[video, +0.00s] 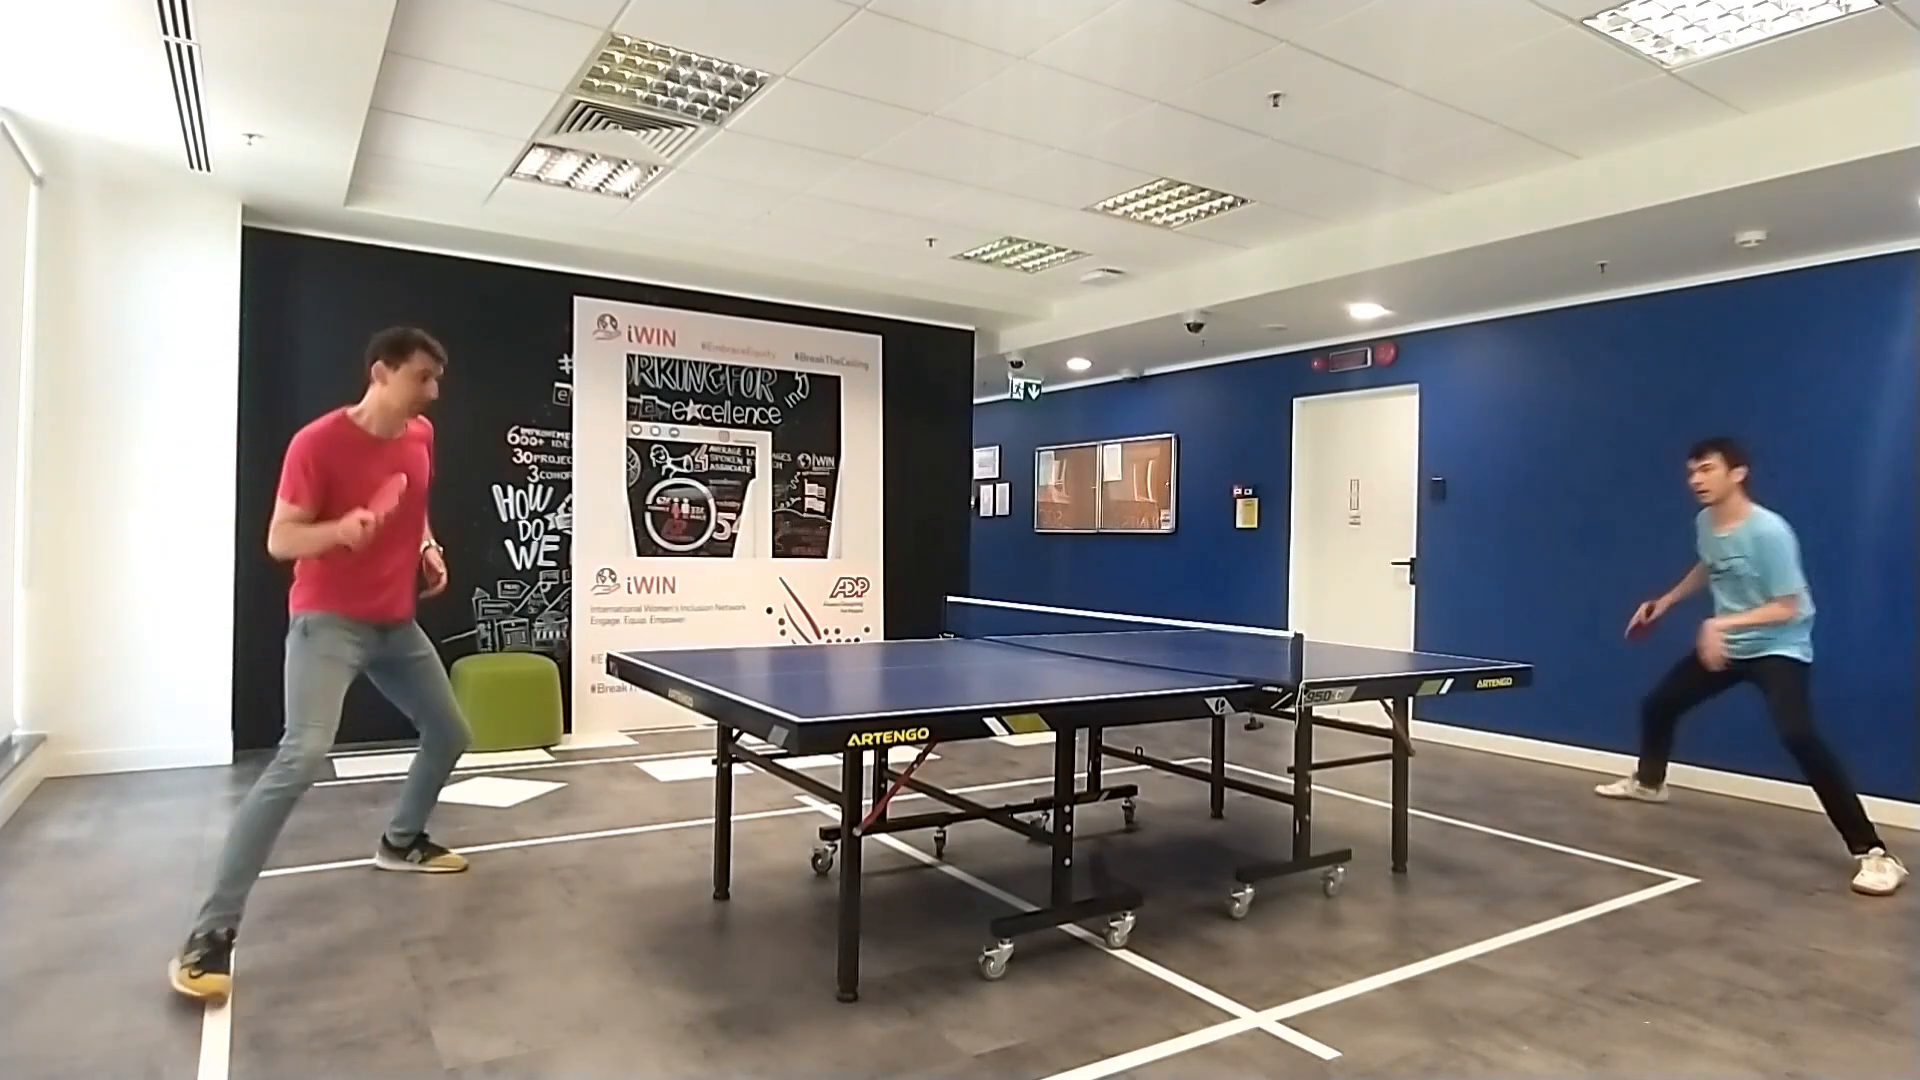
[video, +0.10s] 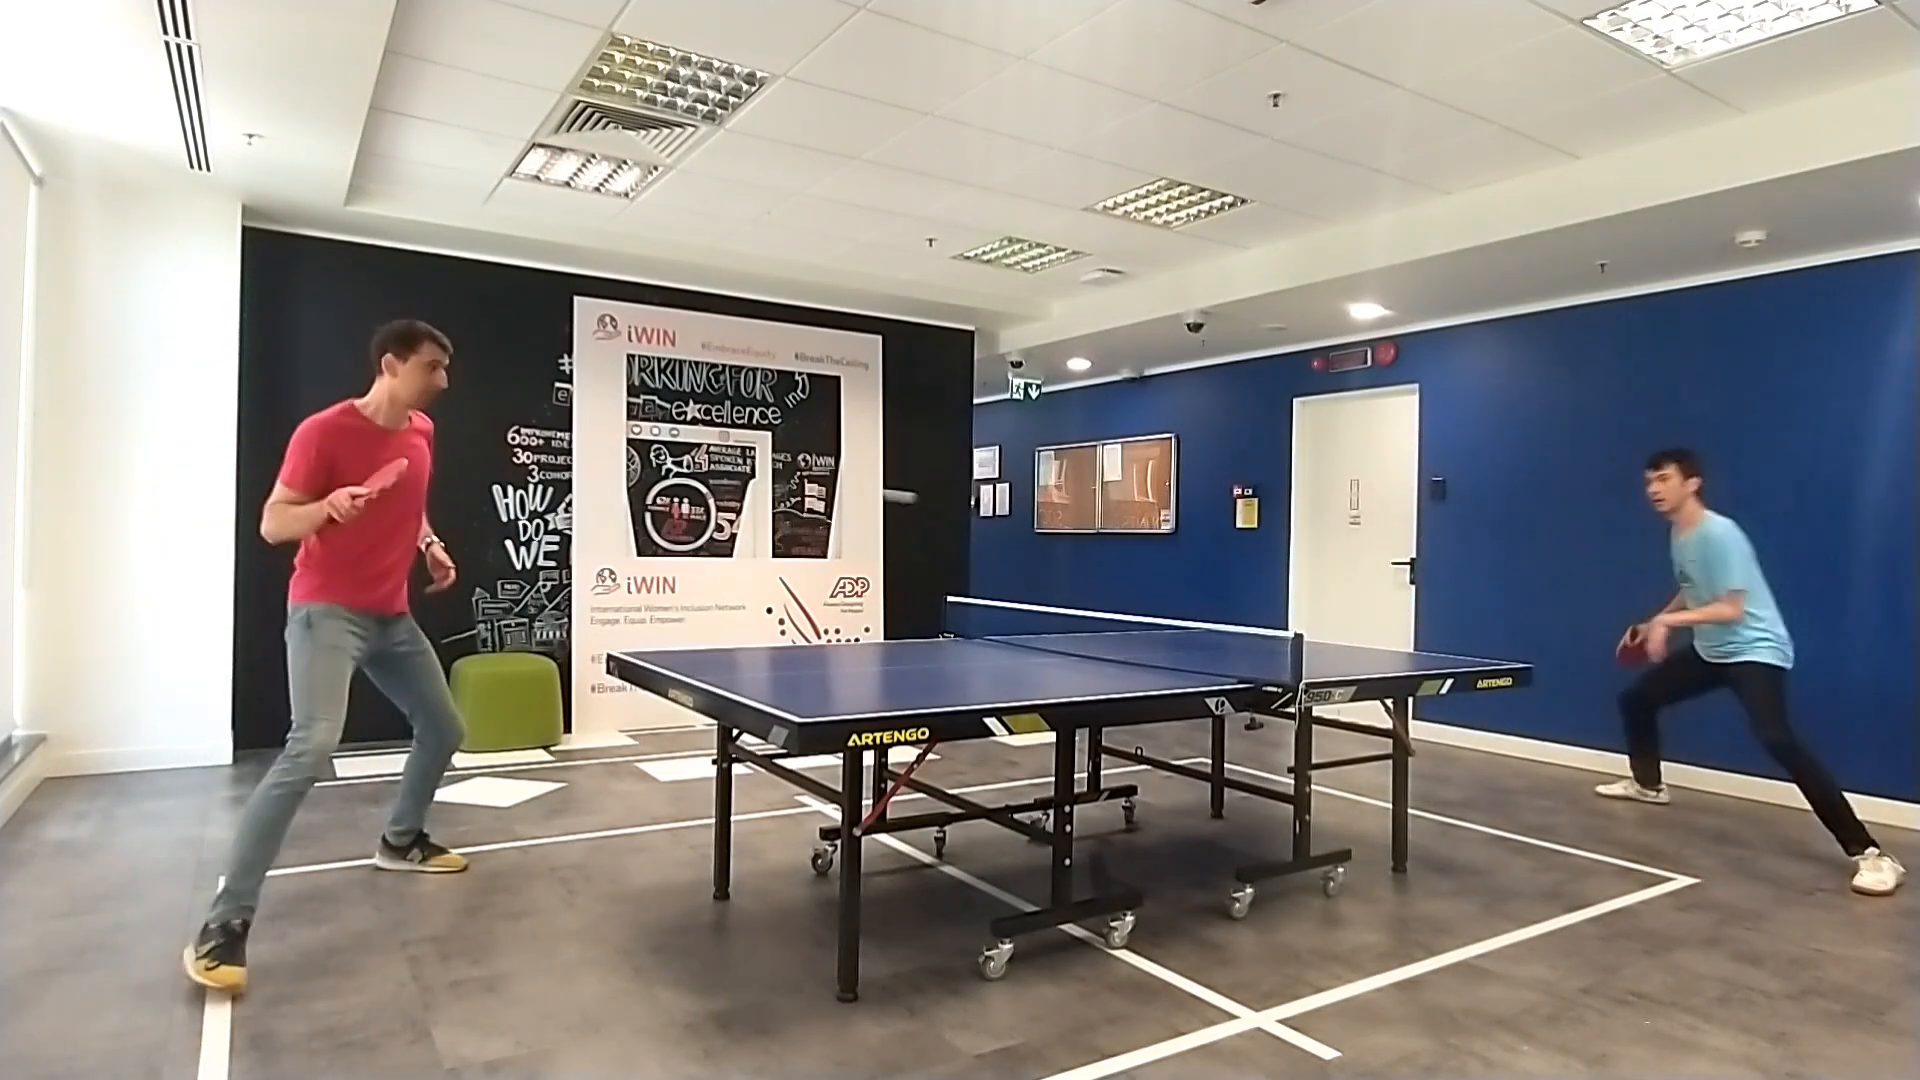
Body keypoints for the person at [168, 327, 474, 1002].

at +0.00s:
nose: (431, 392)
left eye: (435, 382)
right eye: (423, 378)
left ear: (423, 386)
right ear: (380, 372)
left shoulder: (420, 437)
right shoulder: (317, 443)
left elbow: (414, 503)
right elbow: (280, 539)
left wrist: (427, 544)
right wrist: (338, 530)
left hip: (394, 625)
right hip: (326, 625)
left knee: (449, 734)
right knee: (303, 758)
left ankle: (404, 836)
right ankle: (215, 931)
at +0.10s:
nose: (441, 380)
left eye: (444, 370)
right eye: (433, 367)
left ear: (421, 374)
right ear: (390, 364)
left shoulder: (421, 432)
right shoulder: (324, 432)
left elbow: (406, 502)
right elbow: (273, 522)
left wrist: (430, 542)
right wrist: (325, 508)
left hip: (391, 617)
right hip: (325, 613)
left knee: (443, 728)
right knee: (311, 747)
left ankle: (402, 838)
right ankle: (227, 922)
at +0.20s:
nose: (443, 391)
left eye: (445, 381)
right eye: (436, 378)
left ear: (411, 383)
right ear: (393, 378)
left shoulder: (417, 446)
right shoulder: (323, 444)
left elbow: (405, 516)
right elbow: (265, 532)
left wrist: (434, 557)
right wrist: (323, 517)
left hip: (381, 625)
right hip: (316, 618)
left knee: (445, 733)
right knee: (320, 747)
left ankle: (402, 838)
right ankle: (209, 918)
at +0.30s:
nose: (432, 408)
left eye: (433, 398)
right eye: (424, 396)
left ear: (394, 400)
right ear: (381, 397)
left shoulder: (401, 465)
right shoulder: (310, 463)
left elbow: (387, 538)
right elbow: (246, 554)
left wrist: (434, 579)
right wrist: (316, 537)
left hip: (369, 638)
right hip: (303, 634)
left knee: (448, 737)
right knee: (323, 753)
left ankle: (402, 840)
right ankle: (174, 911)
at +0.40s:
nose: (407, 405)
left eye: (409, 394)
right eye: (398, 392)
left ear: (366, 398)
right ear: (353, 394)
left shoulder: (366, 465)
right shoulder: (282, 460)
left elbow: (347, 548)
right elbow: (217, 554)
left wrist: (404, 582)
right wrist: (310, 538)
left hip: (338, 644)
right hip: (273, 645)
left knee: (417, 735)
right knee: (302, 775)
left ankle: (403, 841)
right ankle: (135, 928)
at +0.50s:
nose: (372, 385)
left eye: (372, 374)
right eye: (361, 371)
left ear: (325, 380)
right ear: (315, 374)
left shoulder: (313, 446)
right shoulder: (247, 440)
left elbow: (294, 533)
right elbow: (183, 540)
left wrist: (356, 568)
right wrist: (297, 535)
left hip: (281, 639)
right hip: (220, 650)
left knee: (355, 732)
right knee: (252, 807)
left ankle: (387, 841)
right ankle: (99, 963)